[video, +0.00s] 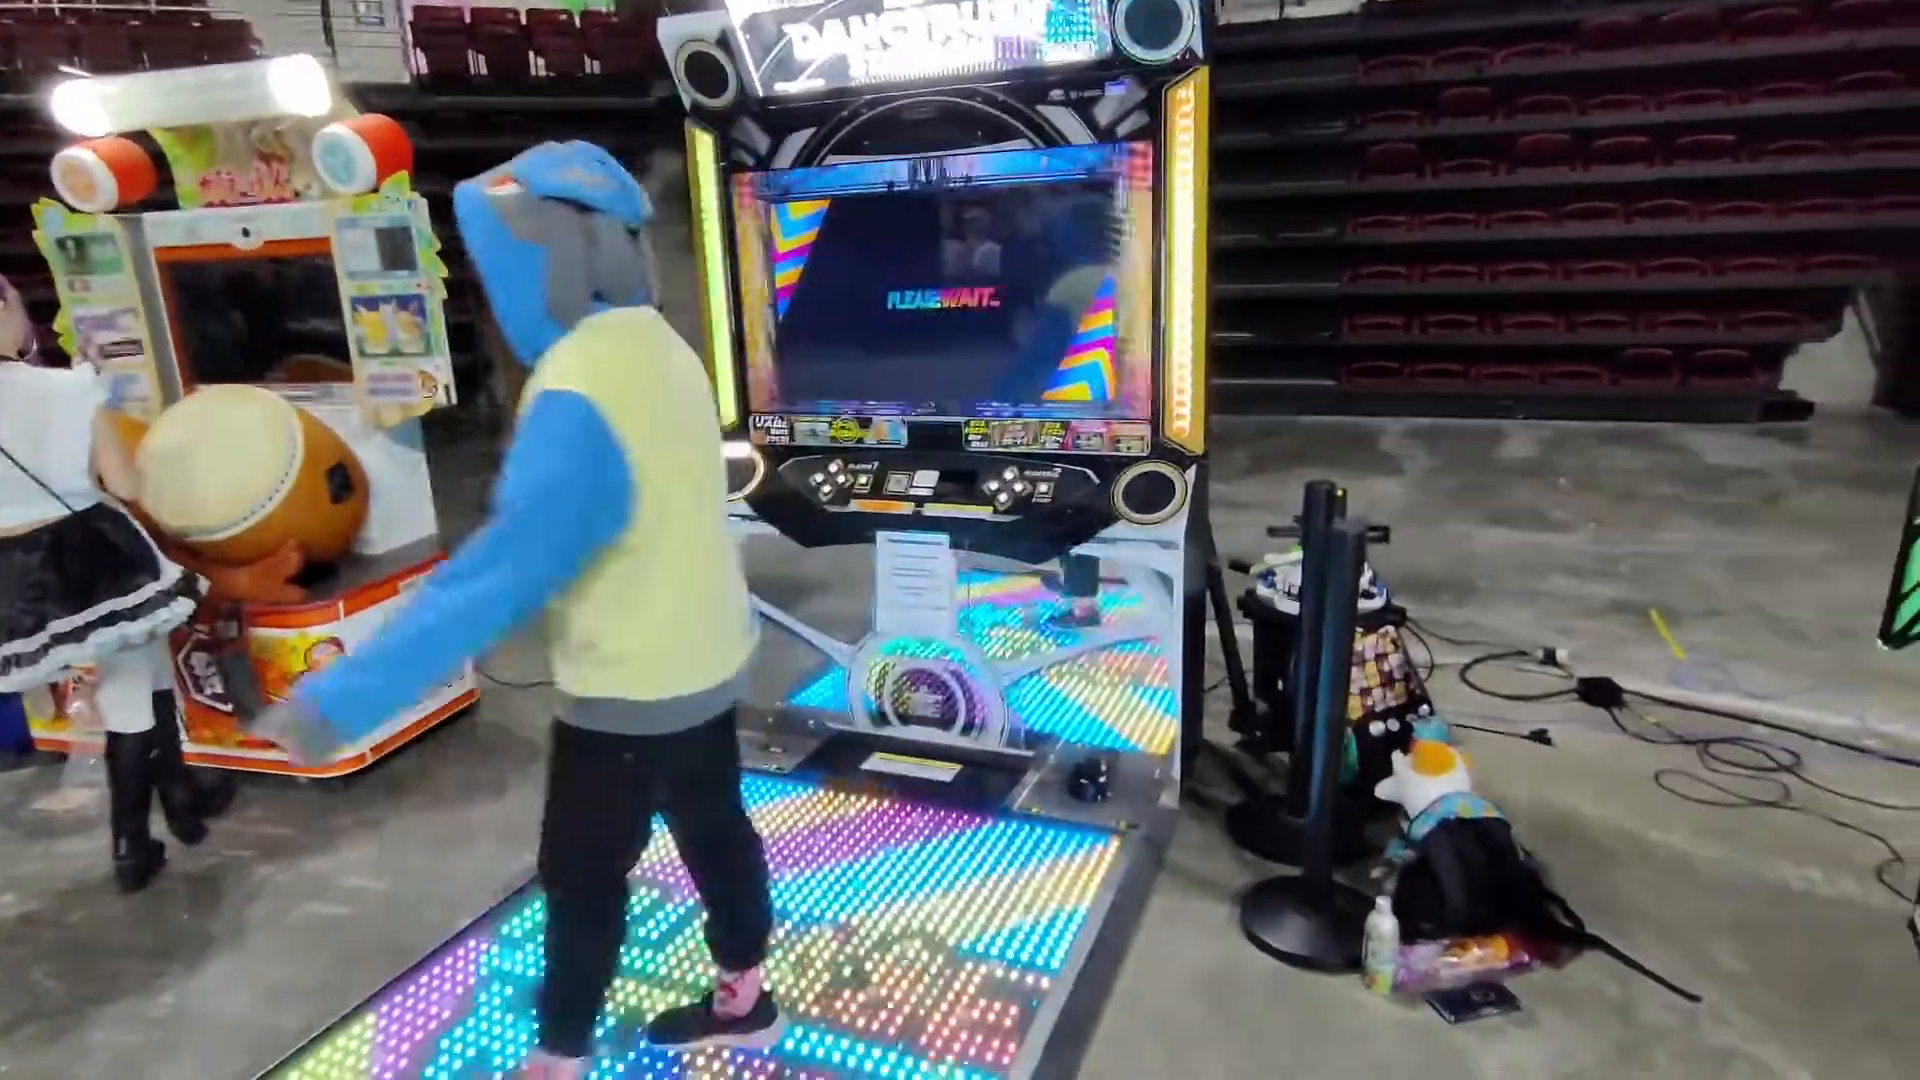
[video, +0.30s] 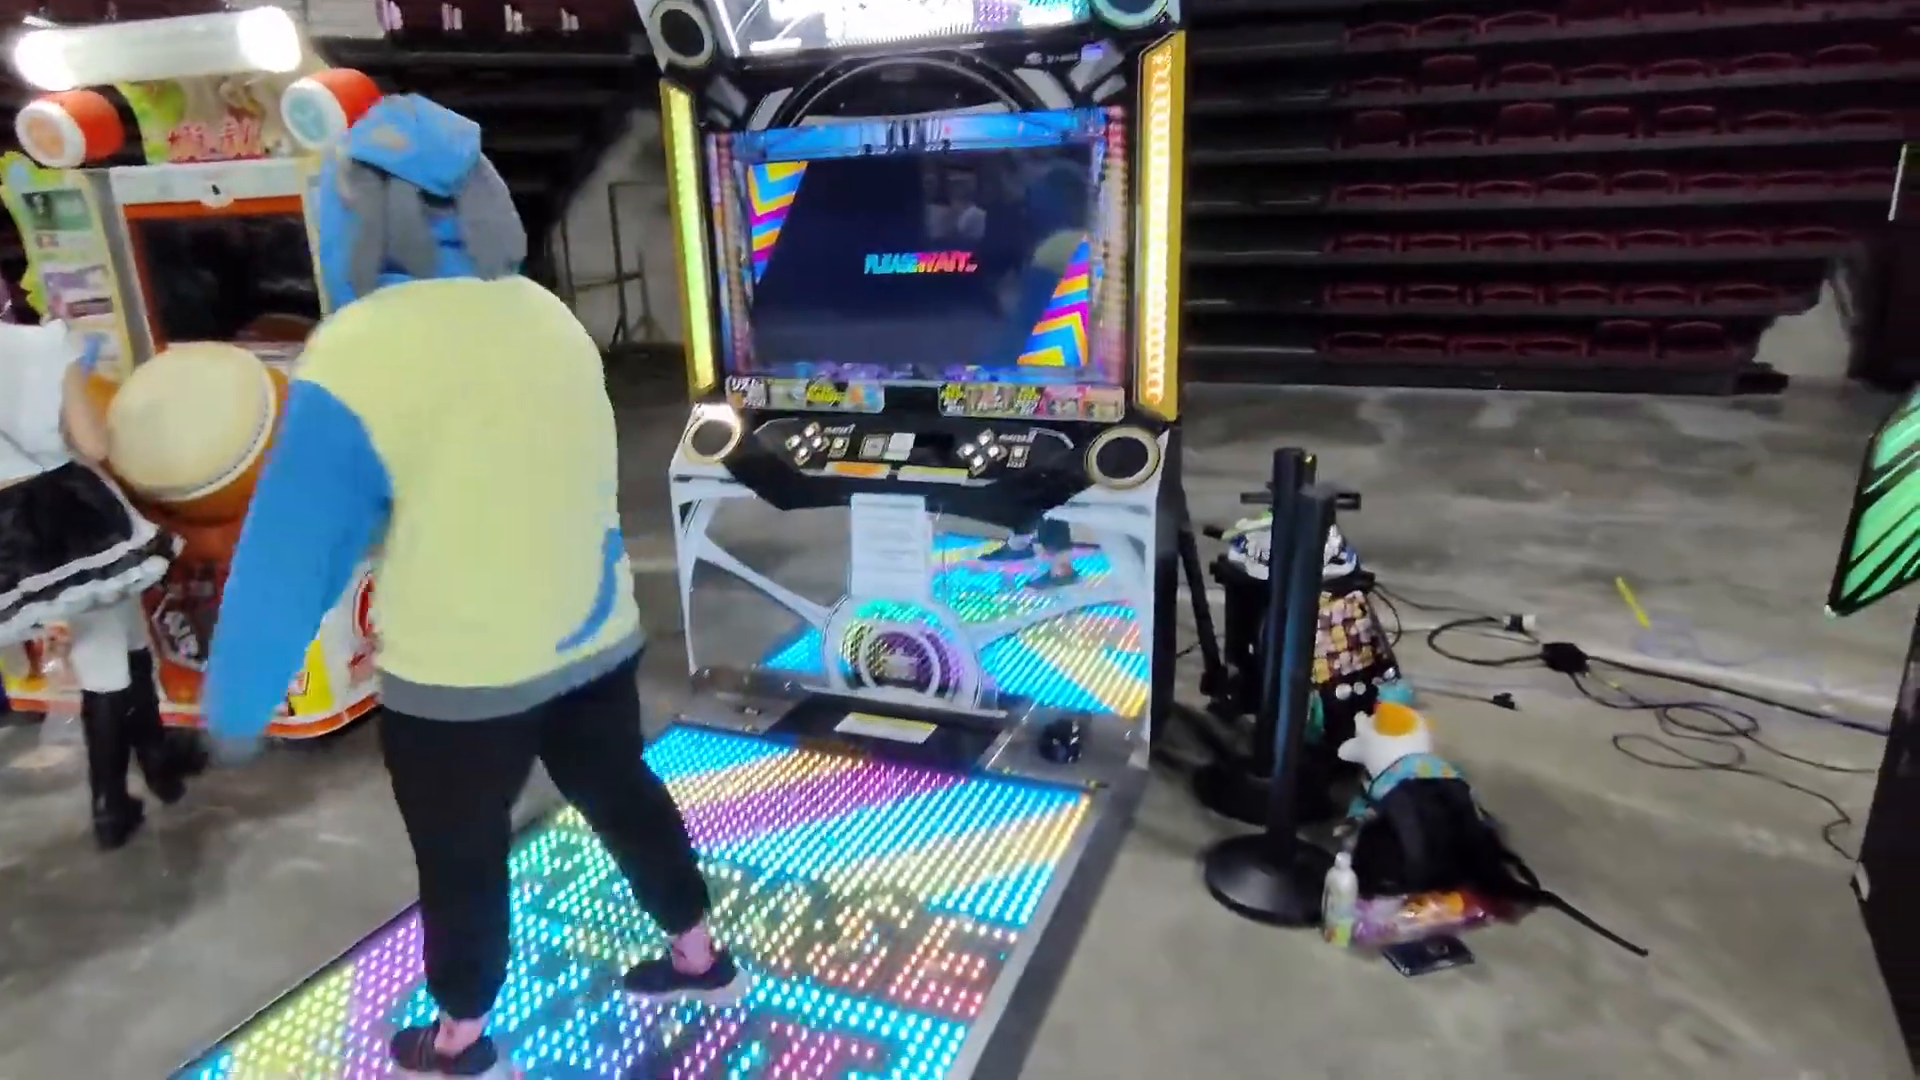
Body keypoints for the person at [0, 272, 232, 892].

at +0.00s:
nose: (24, 317)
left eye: (17, 305)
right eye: (16, 305)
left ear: (4, 313)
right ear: (3, 313)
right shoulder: (67, 389)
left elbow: (120, 483)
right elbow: (124, 485)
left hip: (16, 578)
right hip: (86, 571)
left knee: (140, 658)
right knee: (131, 687)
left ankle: (182, 796)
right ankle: (130, 846)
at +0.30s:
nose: (29, 284)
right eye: (22, 276)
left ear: (0, 299)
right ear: (14, 289)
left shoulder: (32, 348)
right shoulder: (41, 347)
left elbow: (92, 442)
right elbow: (92, 443)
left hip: (17, 529)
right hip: (67, 521)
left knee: (122, 635)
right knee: (103, 663)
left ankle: (160, 757)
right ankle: (109, 805)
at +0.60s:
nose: (16, 251)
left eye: (7, 241)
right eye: (16, 242)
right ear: (15, 253)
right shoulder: (56, 311)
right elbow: (104, 409)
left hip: (14, 495)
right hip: (79, 481)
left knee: (135, 578)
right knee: (122, 610)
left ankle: (177, 713)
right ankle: (129, 759)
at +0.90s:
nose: (38, 214)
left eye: (32, 202)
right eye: (30, 203)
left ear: (1, 210)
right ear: (10, 208)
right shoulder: (79, 284)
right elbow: (132, 382)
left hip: (25, 468)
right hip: (104, 456)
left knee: (159, 537)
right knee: (150, 571)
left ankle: (206, 677)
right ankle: (161, 724)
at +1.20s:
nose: (55, 201)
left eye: (49, 191)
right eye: (47, 192)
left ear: (3, 208)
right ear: (28, 199)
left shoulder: (4, 282)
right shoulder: (97, 273)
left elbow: (11, 388)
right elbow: (147, 371)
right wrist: (132, 310)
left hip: (48, 446)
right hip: (122, 435)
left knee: (175, 529)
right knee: (164, 559)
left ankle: (218, 659)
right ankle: (176, 707)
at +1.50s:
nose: (65, 195)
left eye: (59, 184)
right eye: (57, 185)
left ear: (11, 204)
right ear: (33, 196)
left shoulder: (5, 283)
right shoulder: (106, 267)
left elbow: (10, 389)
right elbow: (156, 365)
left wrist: (58, 386)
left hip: (62, 440)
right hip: (134, 426)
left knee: (181, 533)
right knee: (175, 550)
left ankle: (233, 654)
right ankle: (190, 702)